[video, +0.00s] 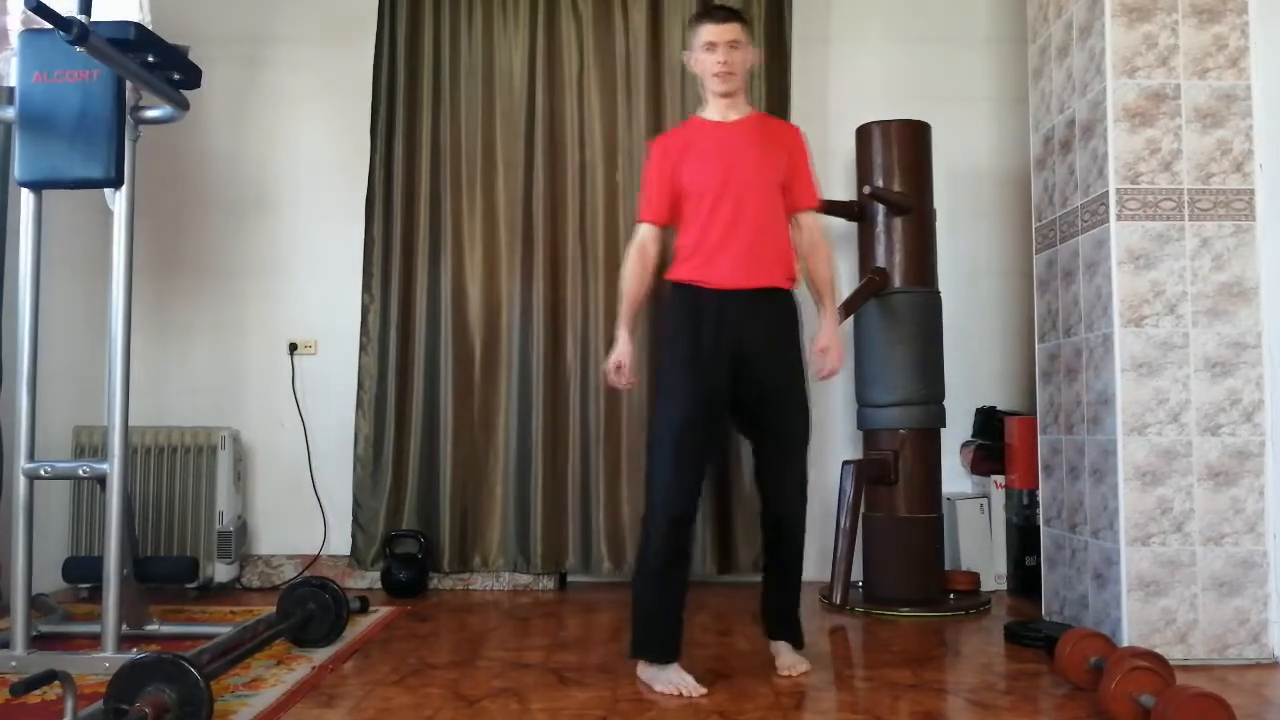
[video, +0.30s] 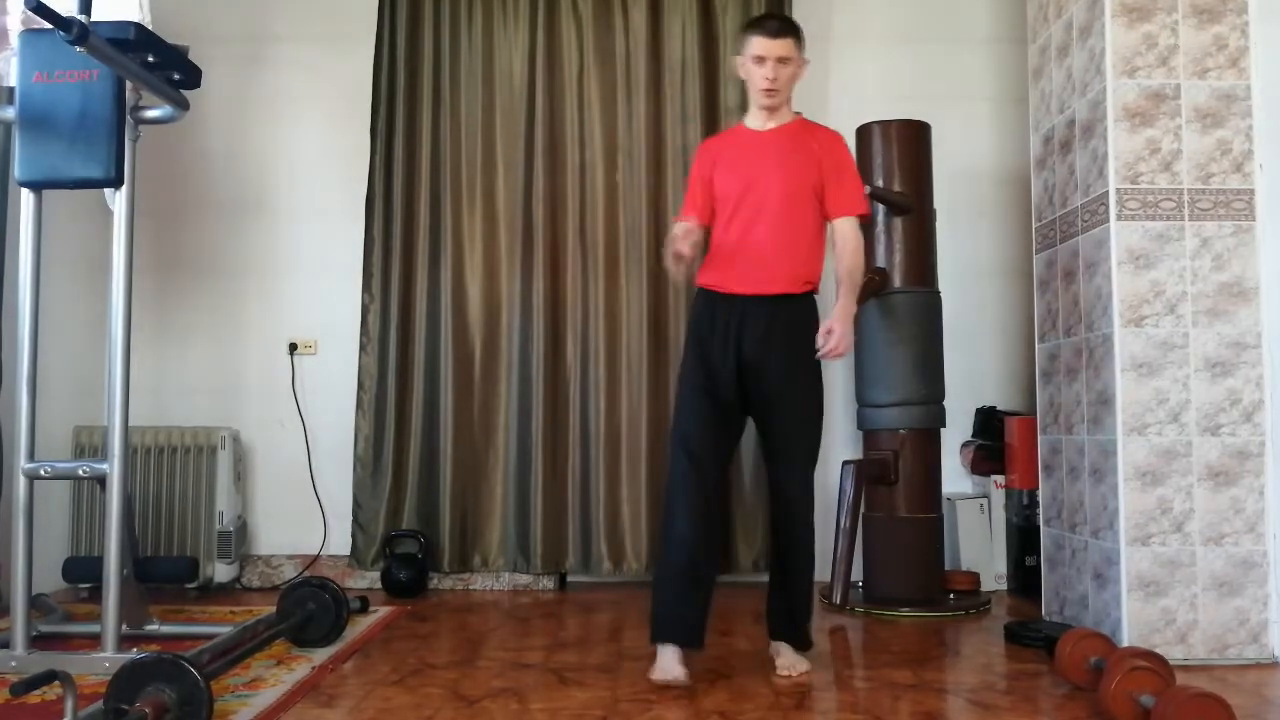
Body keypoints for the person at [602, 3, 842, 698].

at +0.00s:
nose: (723, 57)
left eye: (734, 45)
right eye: (710, 47)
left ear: (753, 56)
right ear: (691, 61)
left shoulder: (783, 137)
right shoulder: (671, 145)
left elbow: (809, 230)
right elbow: (646, 243)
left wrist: (829, 316)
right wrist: (624, 331)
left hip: (771, 319)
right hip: (691, 319)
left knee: (786, 487)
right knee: (674, 493)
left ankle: (783, 633)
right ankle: (655, 655)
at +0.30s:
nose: (770, 73)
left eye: (783, 61)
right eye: (759, 60)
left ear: (801, 69)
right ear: (740, 66)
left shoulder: (824, 145)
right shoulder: (713, 151)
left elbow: (849, 235)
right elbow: (687, 245)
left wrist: (846, 308)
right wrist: (681, 246)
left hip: (789, 323)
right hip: (716, 321)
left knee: (792, 485)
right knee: (693, 478)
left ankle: (788, 635)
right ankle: (674, 639)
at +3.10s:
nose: (666, 122)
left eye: (676, 114)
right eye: (657, 115)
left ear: (693, 128)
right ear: (642, 129)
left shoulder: (714, 193)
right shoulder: (622, 199)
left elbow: (731, 273)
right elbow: (602, 269)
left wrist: (728, 338)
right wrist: (584, 293)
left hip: (697, 339)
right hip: (634, 338)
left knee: (707, 474)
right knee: (618, 471)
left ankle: (713, 602)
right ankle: (608, 598)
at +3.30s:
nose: (663, 123)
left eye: (673, 115)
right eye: (654, 116)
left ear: (691, 128)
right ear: (640, 130)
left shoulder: (712, 192)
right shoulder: (620, 195)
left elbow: (732, 270)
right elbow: (594, 269)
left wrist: (732, 332)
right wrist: (591, 207)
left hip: (696, 338)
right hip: (634, 338)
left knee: (707, 474)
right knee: (616, 471)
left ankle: (713, 602)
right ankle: (607, 599)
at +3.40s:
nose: (664, 123)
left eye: (674, 115)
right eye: (655, 116)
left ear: (691, 128)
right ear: (641, 129)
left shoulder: (712, 193)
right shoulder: (623, 194)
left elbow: (732, 271)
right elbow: (590, 265)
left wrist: (733, 332)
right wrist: (595, 197)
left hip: (696, 338)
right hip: (634, 337)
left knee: (707, 474)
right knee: (616, 471)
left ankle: (713, 602)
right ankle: (608, 598)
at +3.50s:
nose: (666, 126)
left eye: (676, 117)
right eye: (656, 118)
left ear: (692, 128)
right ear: (642, 129)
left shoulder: (713, 194)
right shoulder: (622, 195)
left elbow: (732, 272)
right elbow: (588, 262)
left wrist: (733, 335)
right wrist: (588, 199)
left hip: (696, 339)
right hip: (634, 338)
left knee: (707, 474)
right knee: (616, 471)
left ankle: (713, 601)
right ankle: (608, 599)